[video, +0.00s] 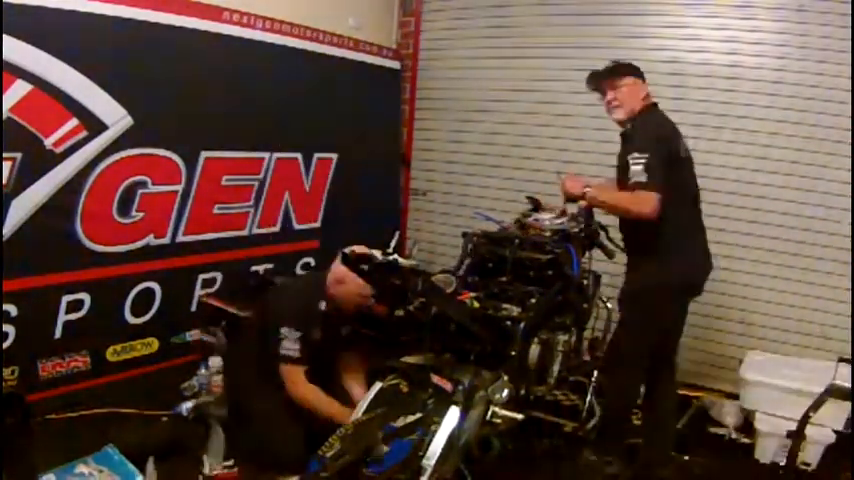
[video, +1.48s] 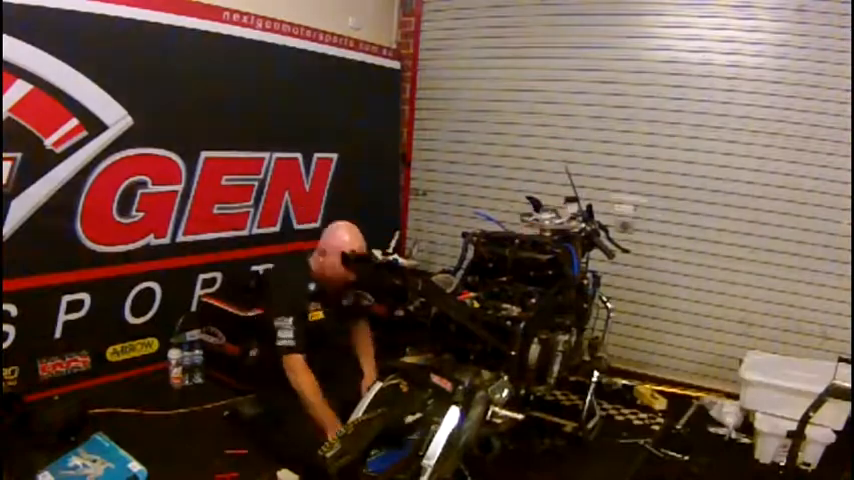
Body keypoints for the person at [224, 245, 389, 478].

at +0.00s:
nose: (364, 306)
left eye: (368, 301)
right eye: (365, 298)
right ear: (346, 282)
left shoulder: (336, 305)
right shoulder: (293, 302)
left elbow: (349, 363)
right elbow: (296, 385)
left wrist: (367, 408)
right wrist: (352, 418)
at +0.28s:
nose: (292, 286)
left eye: (299, 279)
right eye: (285, 278)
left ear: (311, 267)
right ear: (268, 262)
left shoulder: (313, 283)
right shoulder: (241, 292)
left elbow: (328, 326)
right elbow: (229, 367)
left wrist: (331, 356)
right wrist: (283, 374)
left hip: (309, 381)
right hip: (258, 387)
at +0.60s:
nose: (397, 271)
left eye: (404, 263)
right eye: (391, 263)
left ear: (413, 250)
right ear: (370, 242)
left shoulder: (398, 278)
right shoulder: (327, 273)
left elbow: (394, 331)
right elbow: (282, 344)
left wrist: (403, 349)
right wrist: (351, 360)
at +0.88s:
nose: (362, 294)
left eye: (364, 287)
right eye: (357, 287)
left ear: (368, 283)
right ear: (329, 278)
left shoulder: (366, 298)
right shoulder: (293, 298)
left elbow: (380, 347)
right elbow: (285, 379)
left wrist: (417, 376)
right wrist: (352, 386)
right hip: (297, 402)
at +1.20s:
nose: (389, 303)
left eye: (394, 296)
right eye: (387, 293)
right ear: (367, 276)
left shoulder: (371, 309)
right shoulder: (315, 298)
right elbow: (293, 372)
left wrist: (429, 376)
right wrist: (362, 358)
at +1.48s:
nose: (353, 276)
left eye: (357, 268)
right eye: (348, 267)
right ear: (322, 255)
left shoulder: (343, 278)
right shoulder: (288, 284)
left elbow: (360, 325)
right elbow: (294, 364)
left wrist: (370, 375)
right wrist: (333, 427)